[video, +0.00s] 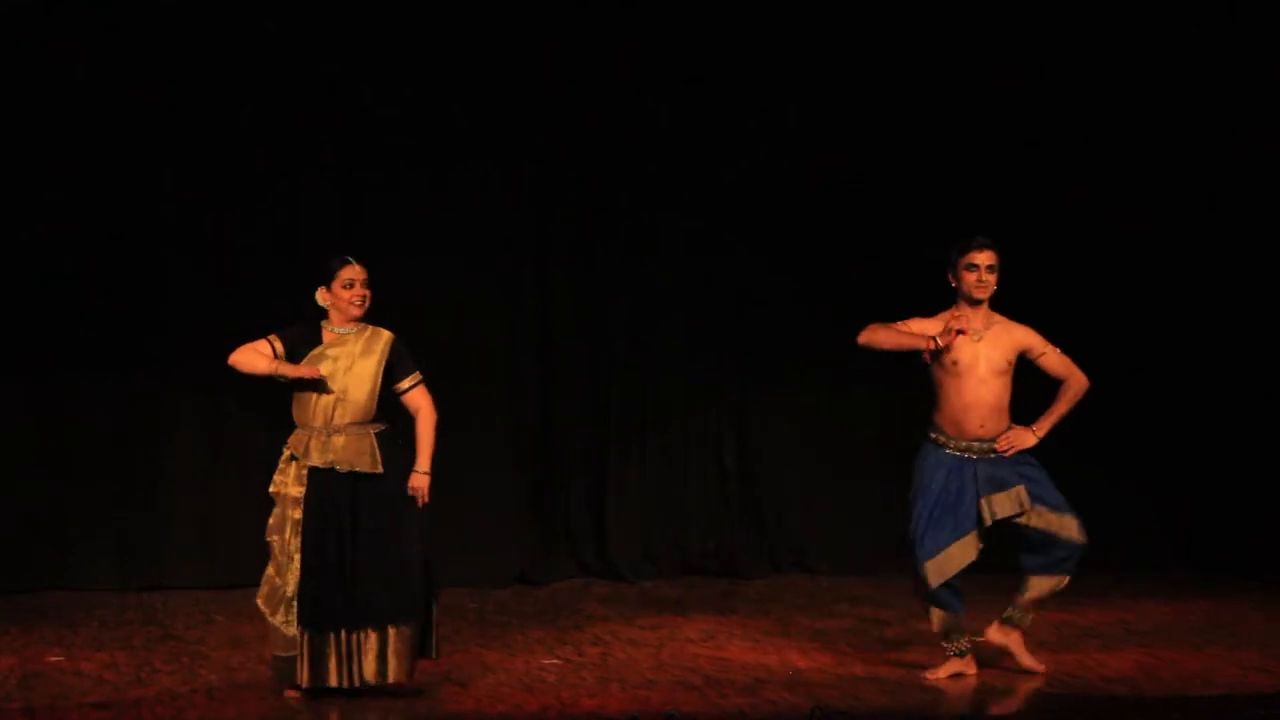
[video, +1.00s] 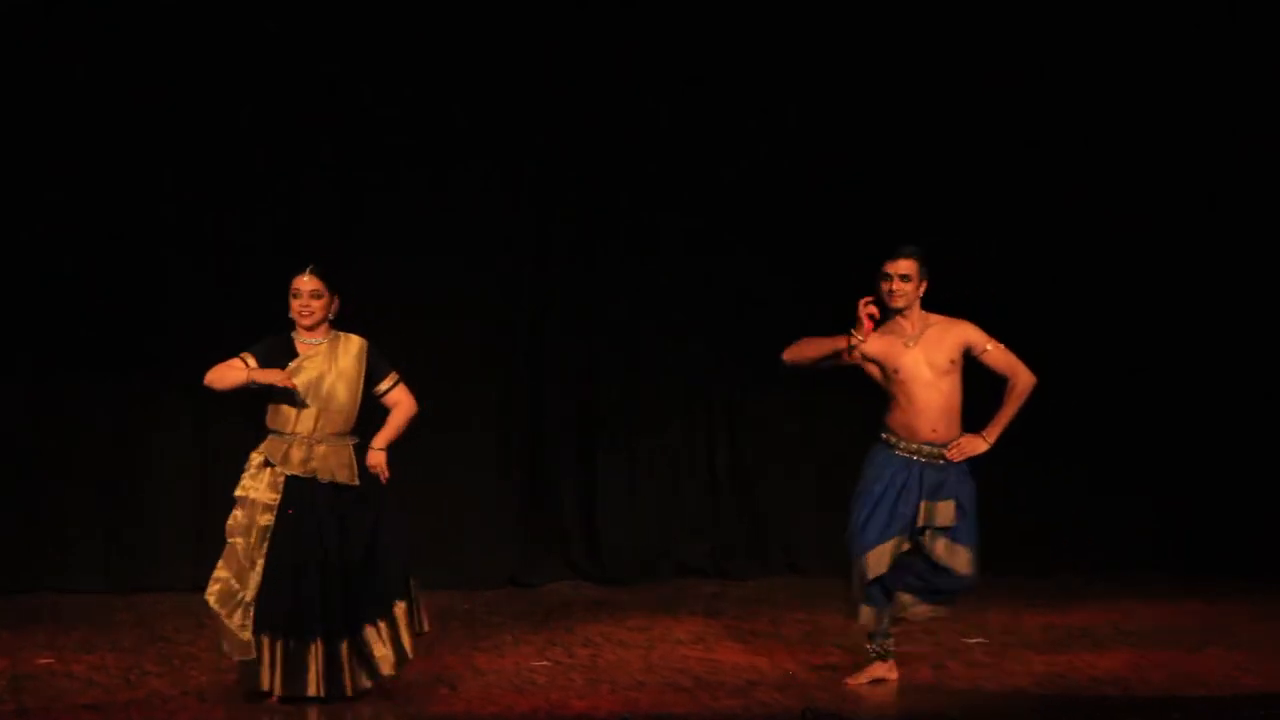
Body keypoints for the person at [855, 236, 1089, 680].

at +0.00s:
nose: (982, 277)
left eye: (989, 270)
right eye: (972, 269)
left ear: (998, 278)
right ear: (955, 275)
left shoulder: (1015, 334)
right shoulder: (935, 326)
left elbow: (1077, 381)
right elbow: (867, 336)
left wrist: (1036, 430)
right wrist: (930, 339)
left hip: (1003, 454)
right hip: (944, 453)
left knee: (1063, 536)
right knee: (934, 552)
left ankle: (1009, 626)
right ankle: (959, 654)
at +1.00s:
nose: (894, 286)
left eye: (904, 279)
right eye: (888, 278)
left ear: (922, 286)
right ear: (879, 285)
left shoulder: (958, 333)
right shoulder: (871, 343)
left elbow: (1024, 378)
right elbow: (791, 355)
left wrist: (988, 436)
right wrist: (851, 341)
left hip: (948, 461)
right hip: (893, 457)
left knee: (955, 569)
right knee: (873, 557)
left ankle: (890, 581)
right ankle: (881, 659)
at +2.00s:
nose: (925, 287)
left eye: (935, 280)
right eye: (917, 278)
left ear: (947, 288)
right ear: (905, 283)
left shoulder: (967, 345)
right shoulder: (887, 334)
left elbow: (1026, 396)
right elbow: (818, 347)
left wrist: (983, 444)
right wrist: (878, 350)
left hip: (949, 463)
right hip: (892, 460)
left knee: (993, 545)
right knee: (887, 557)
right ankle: (920, 654)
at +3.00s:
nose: (895, 297)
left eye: (896, 290)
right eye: (885, 290)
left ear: (896, 299)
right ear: (857, 299)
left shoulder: (915, 360)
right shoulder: (824, 352)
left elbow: (975, 407)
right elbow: (751, 339)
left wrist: (1026, 431)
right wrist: (743, 276)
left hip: (911, 478)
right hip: (849, 481)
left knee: (965, 564)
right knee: (800, 566)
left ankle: (913, 655)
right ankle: (843, 659)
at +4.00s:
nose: (889, 291)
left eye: (896, 282)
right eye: (878, 284)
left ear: (906, 287)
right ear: (864, 291)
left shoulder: (933, 334)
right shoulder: (861, 341)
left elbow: (975, 373)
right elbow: (830, 346)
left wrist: (1019, 415)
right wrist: (806, 298)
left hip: (927, 462)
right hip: (878, 461)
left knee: (948, 558)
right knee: (867, 564)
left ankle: (908, 658)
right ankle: (828, 645)